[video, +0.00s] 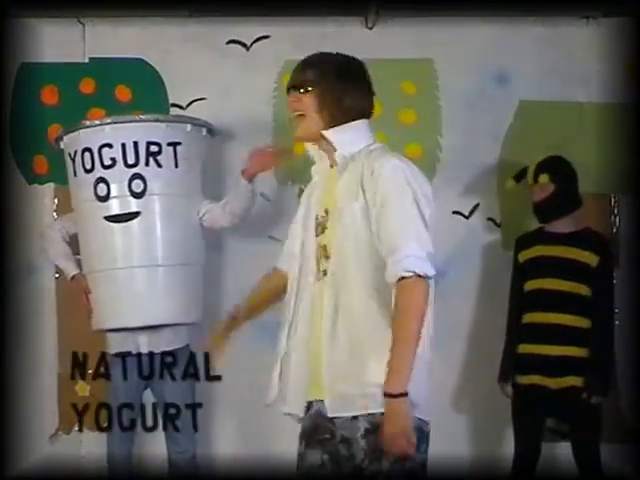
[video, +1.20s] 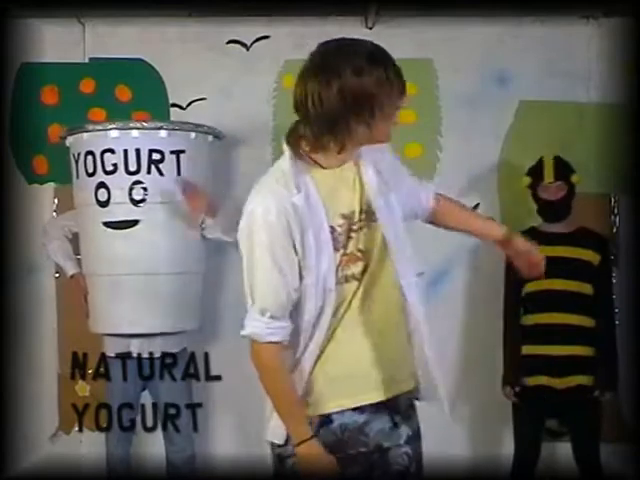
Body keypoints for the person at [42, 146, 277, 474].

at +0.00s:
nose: (137, 187)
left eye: (144, 181)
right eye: (129, 182)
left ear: (159, 179)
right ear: (117, 182)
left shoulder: (178, 205)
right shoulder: (105, 213)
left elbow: (226, 215)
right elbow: (56, 231)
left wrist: (246, 178)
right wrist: (74, 275)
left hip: (174, 333)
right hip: (122, 338)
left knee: (182, 429)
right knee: (122, 429)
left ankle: (185, 476)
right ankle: (119, 479)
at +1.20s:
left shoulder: (179, 218)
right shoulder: (106, 214)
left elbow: (236, 235)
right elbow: (54, 228)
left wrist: (209, 215)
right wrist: (75, 273)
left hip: (172, 337)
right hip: (121, 340)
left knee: (179, 432)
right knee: (120, 429)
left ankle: (183, 477)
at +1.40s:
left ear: (165, 189)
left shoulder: (182, 220)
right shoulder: (106, 217)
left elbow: (216, 247)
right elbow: (56, 227)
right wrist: (75, 273)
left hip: (171, 349)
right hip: (120, 351)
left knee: (182, 448)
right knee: (118, 451)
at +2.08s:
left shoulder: (183, 221)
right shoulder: (108, 217)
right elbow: (59, 230)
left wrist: (204, 297)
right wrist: (81, 277)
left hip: (174, 351)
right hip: (123, 352)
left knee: (183, 449)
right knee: (119, 450)